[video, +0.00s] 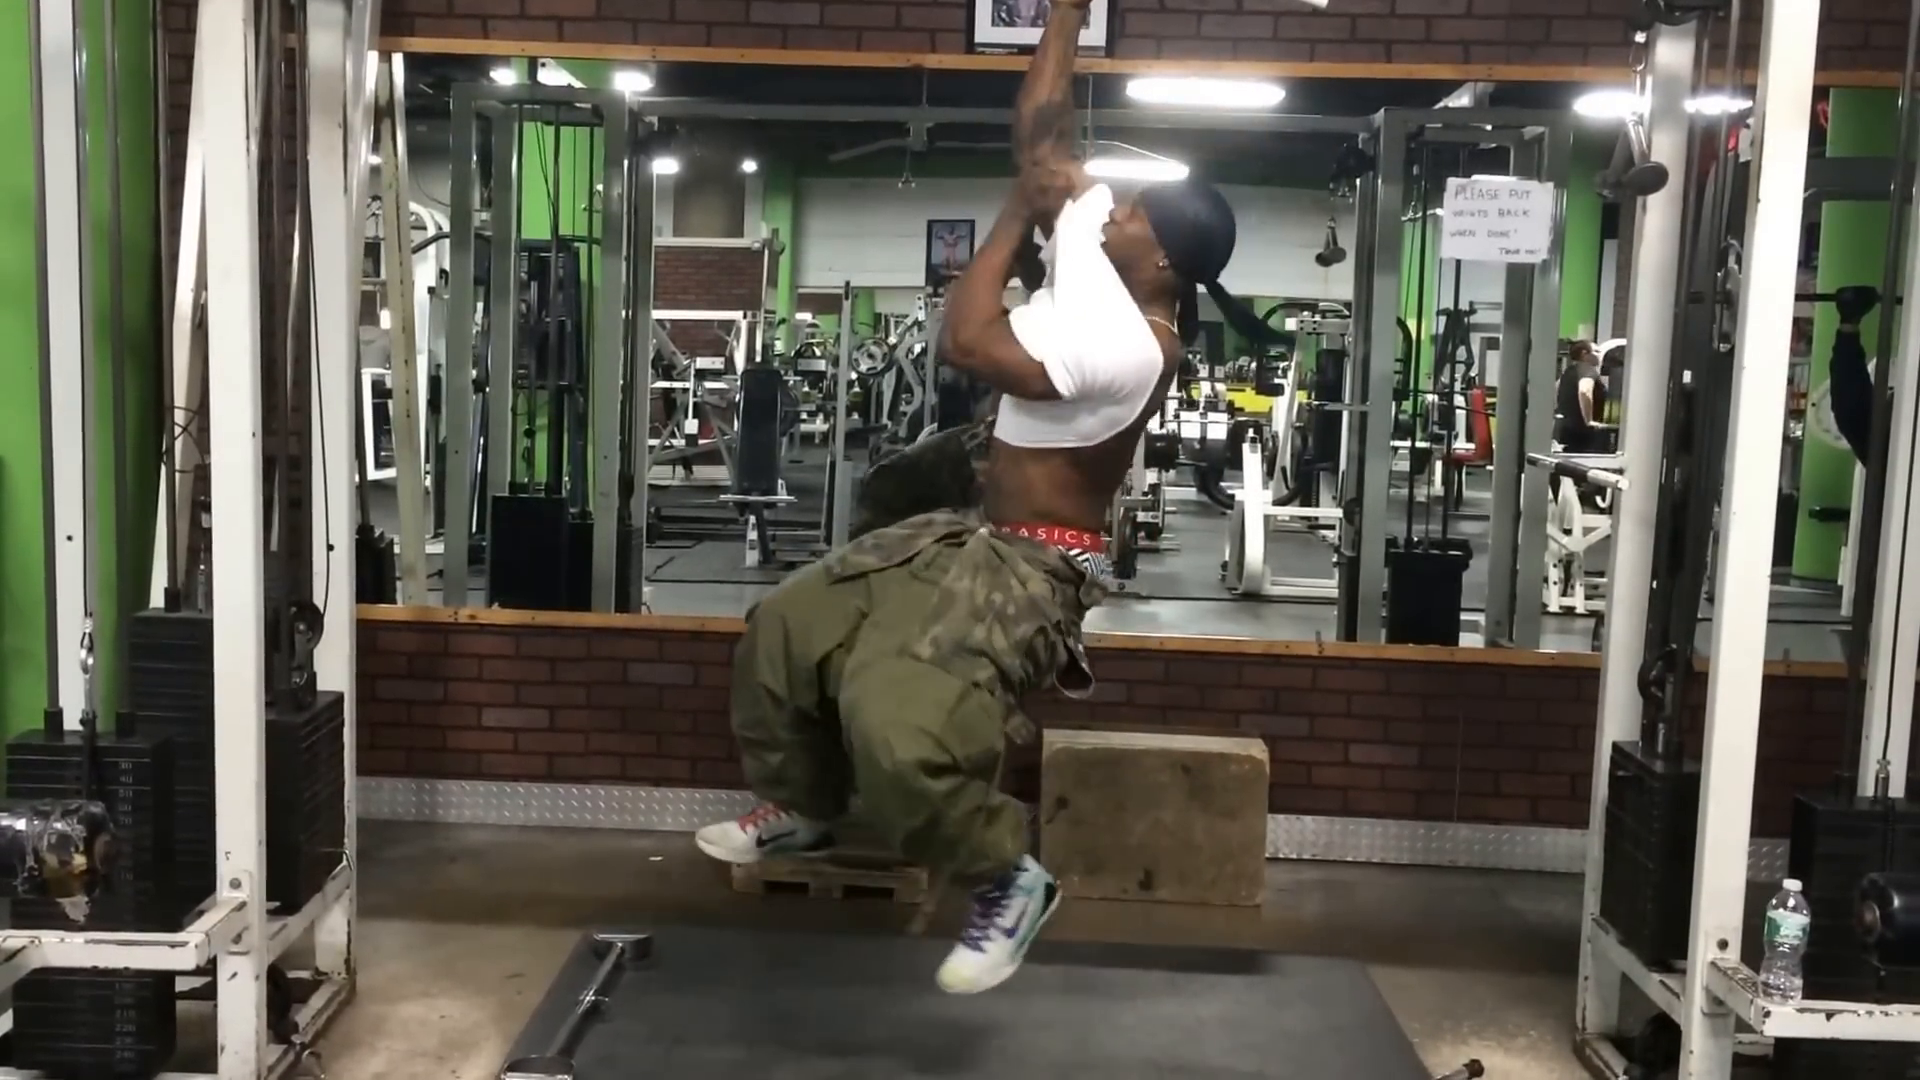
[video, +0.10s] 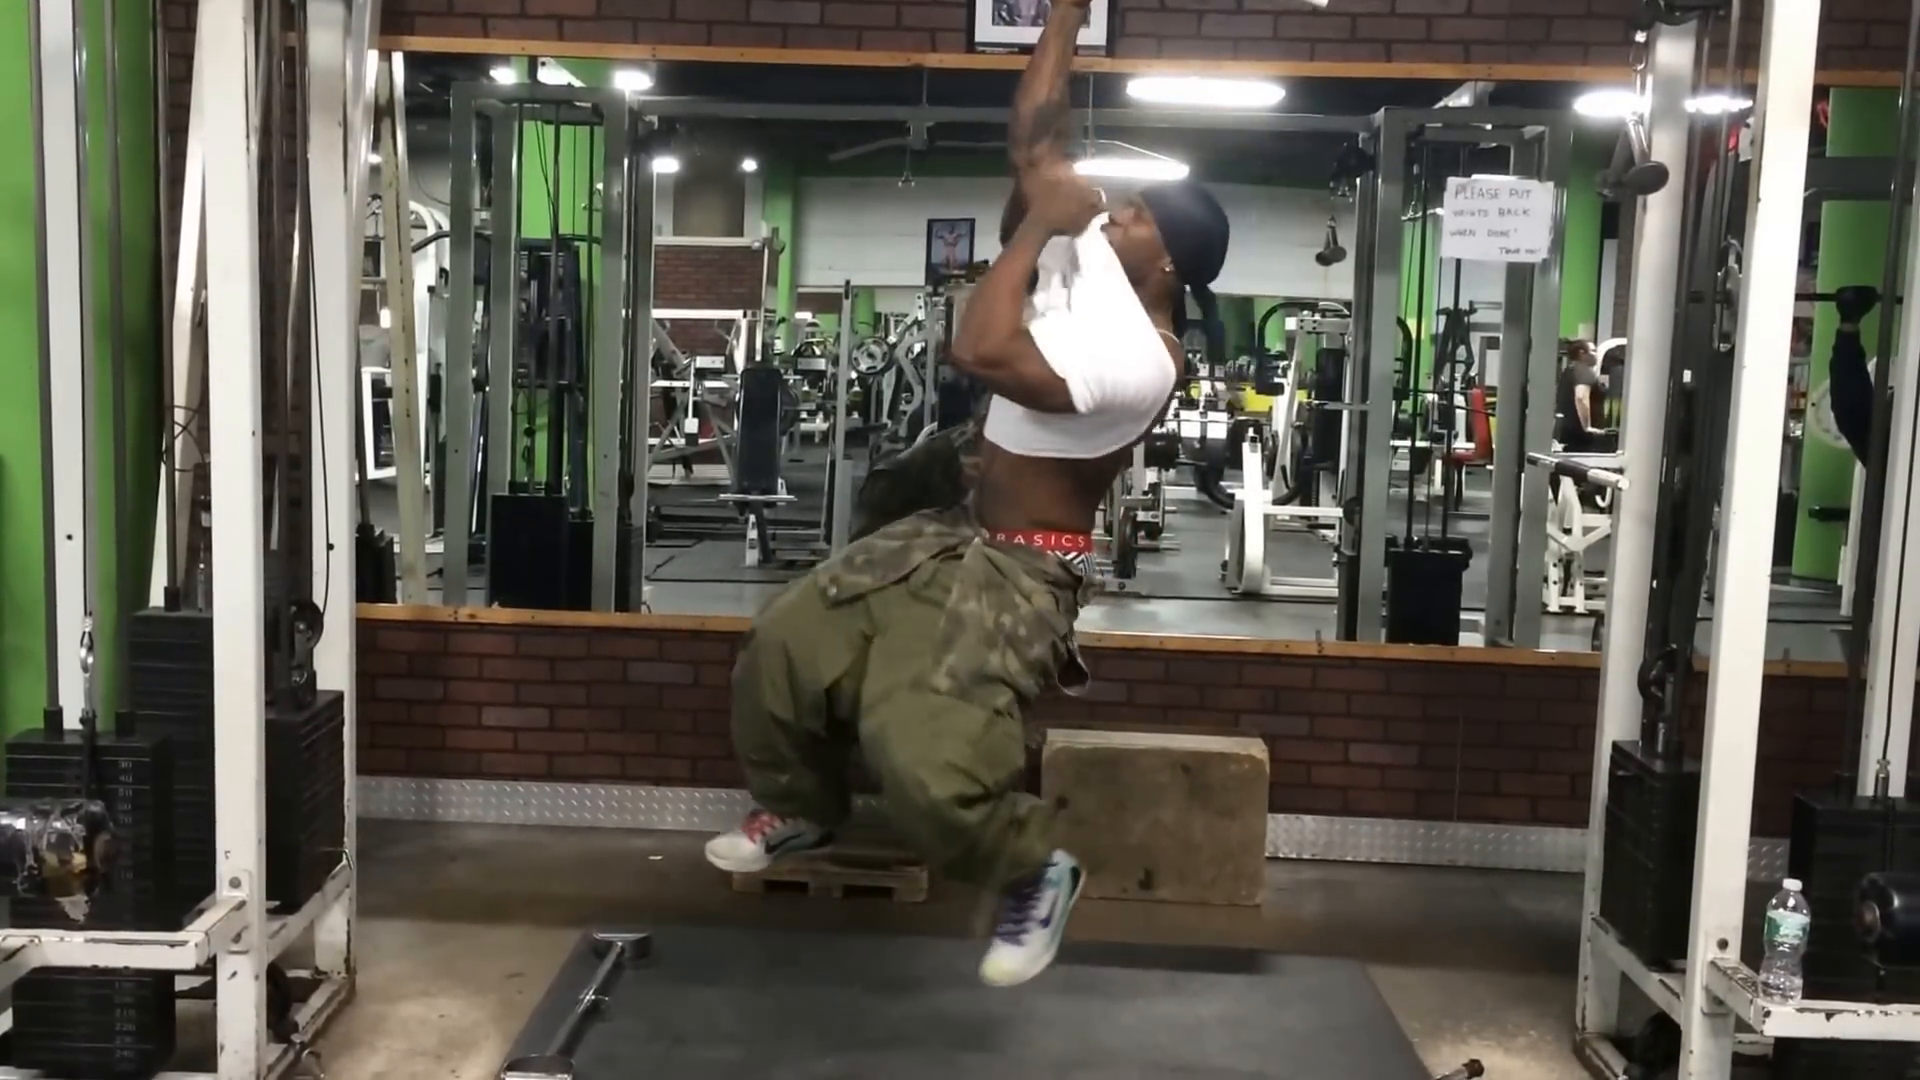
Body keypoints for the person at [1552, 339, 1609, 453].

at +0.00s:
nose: (1599, 355)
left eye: (1598, 351)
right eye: (1596, 351)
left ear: (1583, 354)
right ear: (1585, 354)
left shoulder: (1570, 370)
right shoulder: (1588, 370)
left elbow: (1557, 387)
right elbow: (1584, 391)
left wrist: (1560, 409)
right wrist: (1589, 420)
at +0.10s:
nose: (1596, 354)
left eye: (1596, 351)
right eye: (1593, 350)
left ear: (1582, 353)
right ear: (1582, 353)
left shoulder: (1568, 371)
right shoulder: (1583, 370)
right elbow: (1581, 397)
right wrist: (1587, 426)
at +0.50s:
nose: (1593, 353)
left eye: (1592, 349)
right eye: (1590, 349)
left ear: (1577, 353)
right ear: (1579, 353)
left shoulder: (1564, 370)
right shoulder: (1584, 370)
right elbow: (1581, 388)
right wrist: (1589, 415)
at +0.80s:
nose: (1596, 354)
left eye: (1595, 350)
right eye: (1593, 349)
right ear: (1582, 353)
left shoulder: (1565, 369)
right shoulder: (1585, 369)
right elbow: (1583, 383)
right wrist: (1590, 411)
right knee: (1618, 426)